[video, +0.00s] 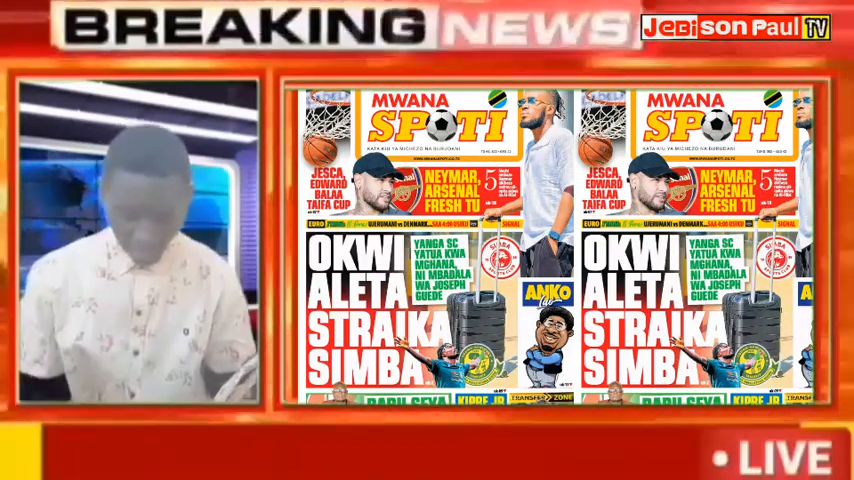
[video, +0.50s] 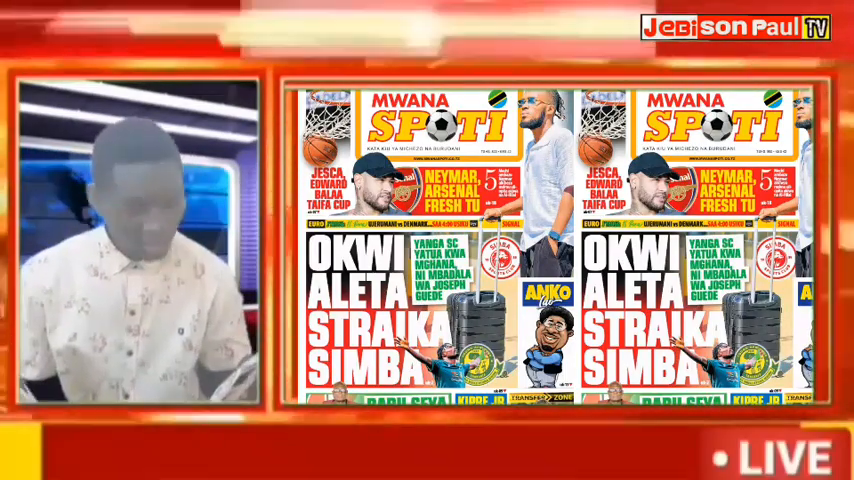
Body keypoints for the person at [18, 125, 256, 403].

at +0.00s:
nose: (146, 232)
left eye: (162, 215)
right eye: (129, 215)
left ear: (188, 196)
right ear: (103, 194)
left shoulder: (215, 277)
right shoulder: (56, 275)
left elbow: (233, 389)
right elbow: (41, 397)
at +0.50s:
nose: (155, 224)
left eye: (169, 205)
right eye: (137, 207)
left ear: (184, 195)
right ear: (95, 198)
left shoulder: (213, 278)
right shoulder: (45, 276)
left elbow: (230, 387)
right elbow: (42, 393)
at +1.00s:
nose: (130, 195)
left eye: (147, 176)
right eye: (113, 177)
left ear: (171, 183)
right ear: (86, 185)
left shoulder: (210, 273)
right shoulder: (38, 274)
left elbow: (231, 381)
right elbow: (36, 393)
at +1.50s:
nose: (114, 208)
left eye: (134, 192)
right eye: (100, 189)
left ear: (168, 189)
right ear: (83, 187)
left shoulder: (207, 273)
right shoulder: (37, 275)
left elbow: (234, 379)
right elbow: (36, 393)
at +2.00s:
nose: (127, 187)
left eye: (143, 171)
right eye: (110, 173)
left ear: (169, 184)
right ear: (86, 187)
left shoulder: (208, 274)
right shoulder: (39, 276)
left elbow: (231, 385)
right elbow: (28, 394)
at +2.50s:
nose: (127, 184)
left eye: (145, 169)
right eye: (107, 170)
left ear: (167, 181)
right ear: (85, 186)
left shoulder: (206, 272)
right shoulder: (40, 274)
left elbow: (232, 386)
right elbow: (20, 390)